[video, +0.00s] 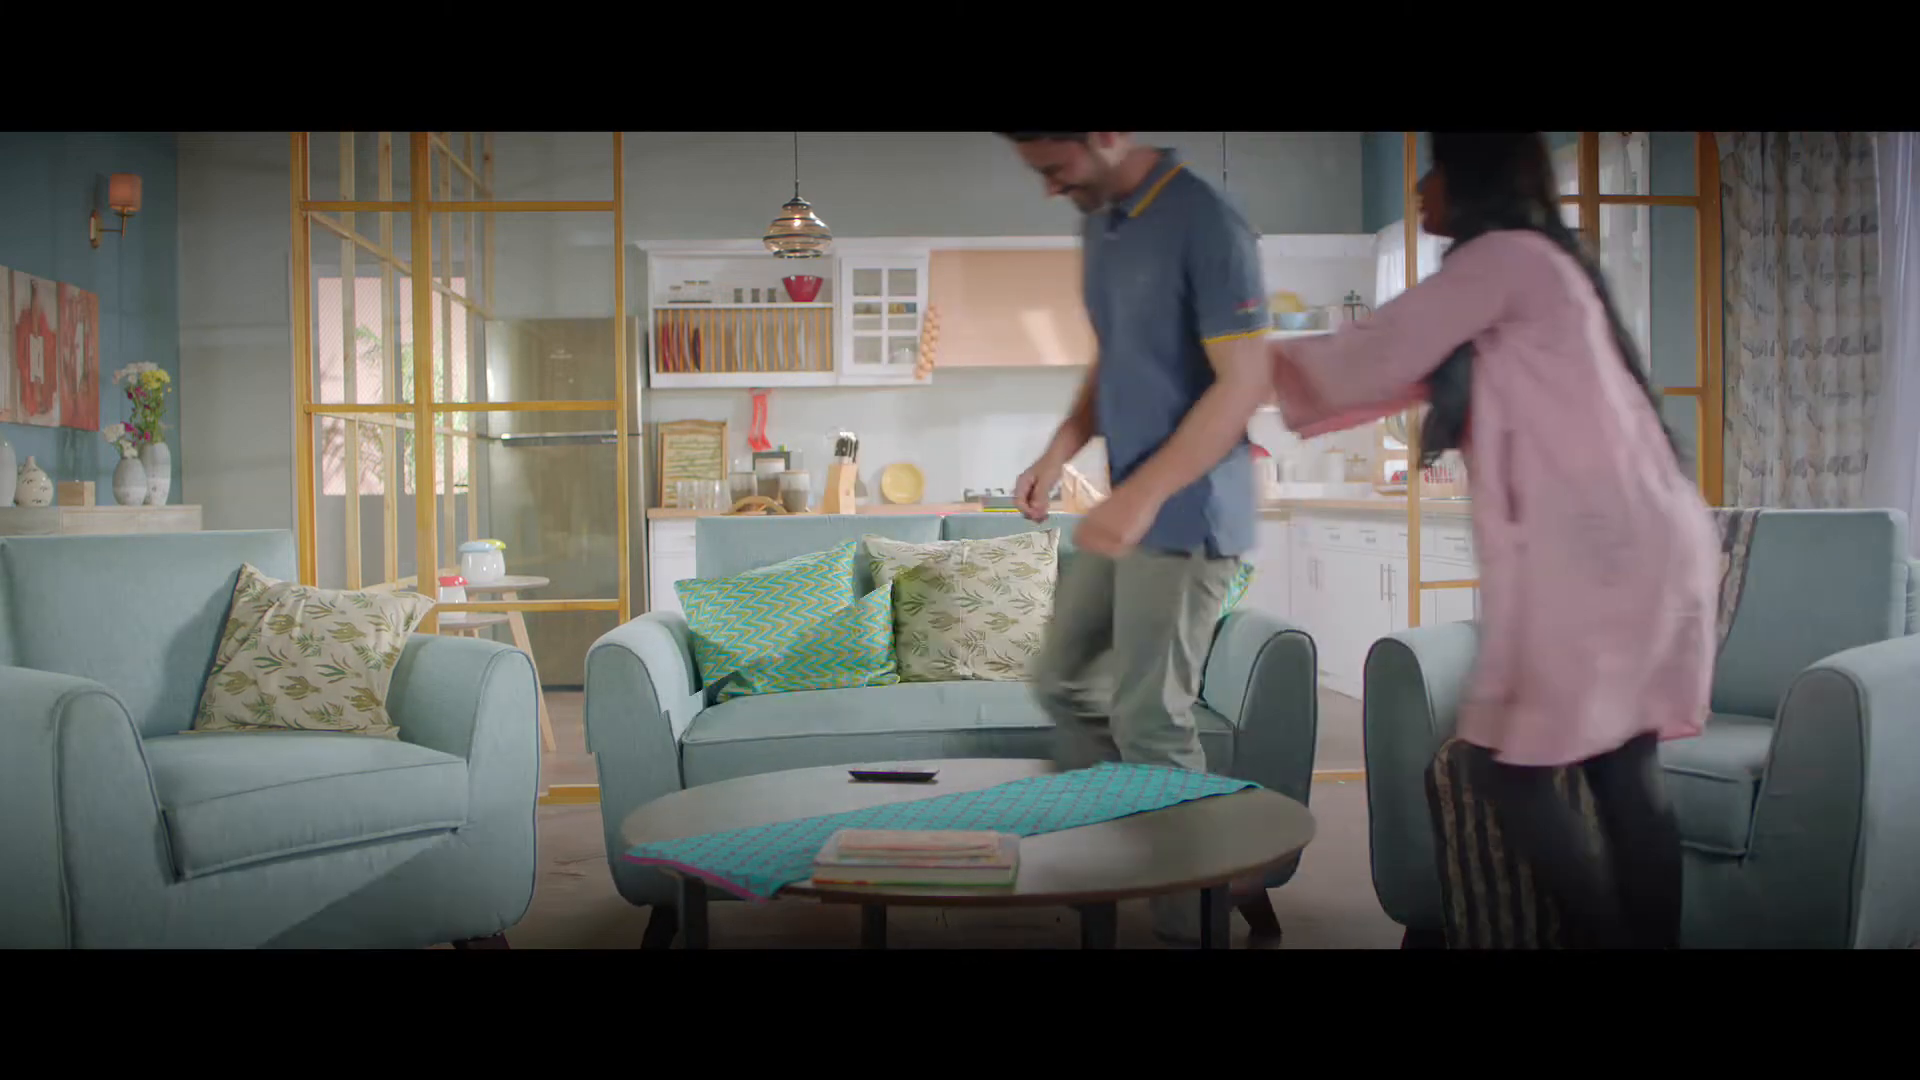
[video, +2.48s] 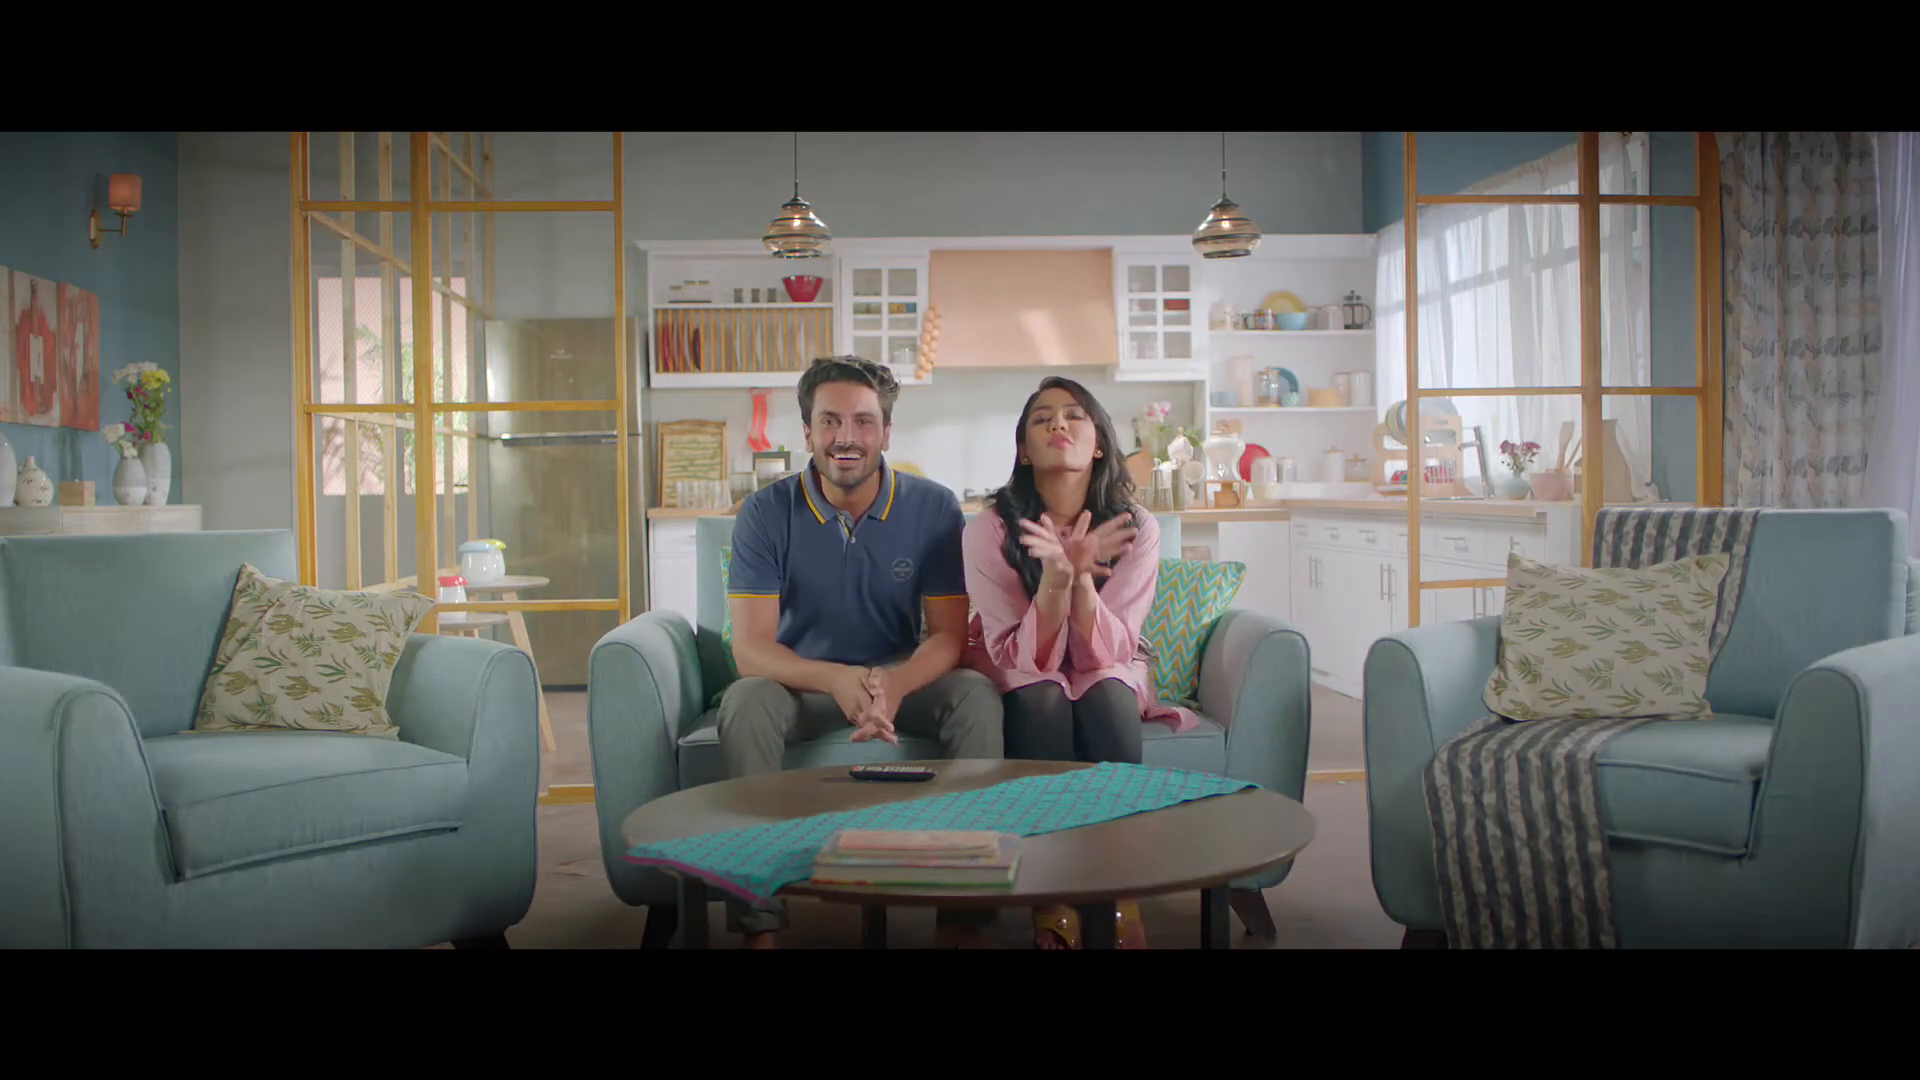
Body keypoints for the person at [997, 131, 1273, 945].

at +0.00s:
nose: (1052, 189)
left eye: (1057, 169)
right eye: (1042, 174)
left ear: (1107, 137)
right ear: (1099, 144)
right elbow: (1116, 361)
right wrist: (1059, 453)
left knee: (1154, 720)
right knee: (1066, 688)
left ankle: (1185, 919)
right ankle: (1110, 872)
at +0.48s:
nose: (877, 485)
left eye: (892, 469)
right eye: (864, 468)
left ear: (906, 454)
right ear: (831, 448)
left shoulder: (923, 512)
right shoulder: (777, 518)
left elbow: (944, 625)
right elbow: (743, 636)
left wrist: (918, 661)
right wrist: (826, 637)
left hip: (901, 688)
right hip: (817, 692)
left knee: (989, 685)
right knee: (775, 680)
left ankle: (1022, 883)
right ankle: (798, 873)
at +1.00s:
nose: (843, 377)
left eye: (856, 363)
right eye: (826, 365)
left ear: (876, 376)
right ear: (803, 382)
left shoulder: (912, 474)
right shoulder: (760, 480)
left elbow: (925, 593)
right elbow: (734, 601)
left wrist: (891, 609)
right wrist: (809, 643)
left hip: (895, 655)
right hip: (807, 659)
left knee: (964, 688)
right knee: (775, 711)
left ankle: (948, 874)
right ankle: (774, 904)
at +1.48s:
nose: (835, 421)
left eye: (851, 405)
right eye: (819, 405)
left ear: (873, 412)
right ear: (796, 412)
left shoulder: (919, 489)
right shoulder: (759, 499)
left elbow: (938, 615)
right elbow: (752, 633)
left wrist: (910, 644)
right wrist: (810, 633)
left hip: (899, 674)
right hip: (810, 676)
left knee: (978, 693)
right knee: (744, 695)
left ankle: (961, 897)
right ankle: (755, 912)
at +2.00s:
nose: (844, 432)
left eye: (860, 416)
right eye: (828, 416)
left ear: (884, 426)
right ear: (806, 427)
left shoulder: (928, 505)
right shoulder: (767, 512)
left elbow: (949, 634)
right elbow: (749, 650)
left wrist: (906, 677)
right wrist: (831, 670)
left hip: (904, 682)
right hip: (804, 685)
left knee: (985, 693)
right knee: (745, 703)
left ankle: (967, 898)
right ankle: (757, 915)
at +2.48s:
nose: (846, 438)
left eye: (862, 422)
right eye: (831, 422)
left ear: (886, 433)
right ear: (807, 434)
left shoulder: (932, 506)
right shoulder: (767, 513)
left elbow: (947, 636)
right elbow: (752, 652)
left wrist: (895, 682)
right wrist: (833, 677)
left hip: (903, 683)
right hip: (804, 687)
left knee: (978, 698)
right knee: (747, 704)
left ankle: (963, 900)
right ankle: (759, 912)